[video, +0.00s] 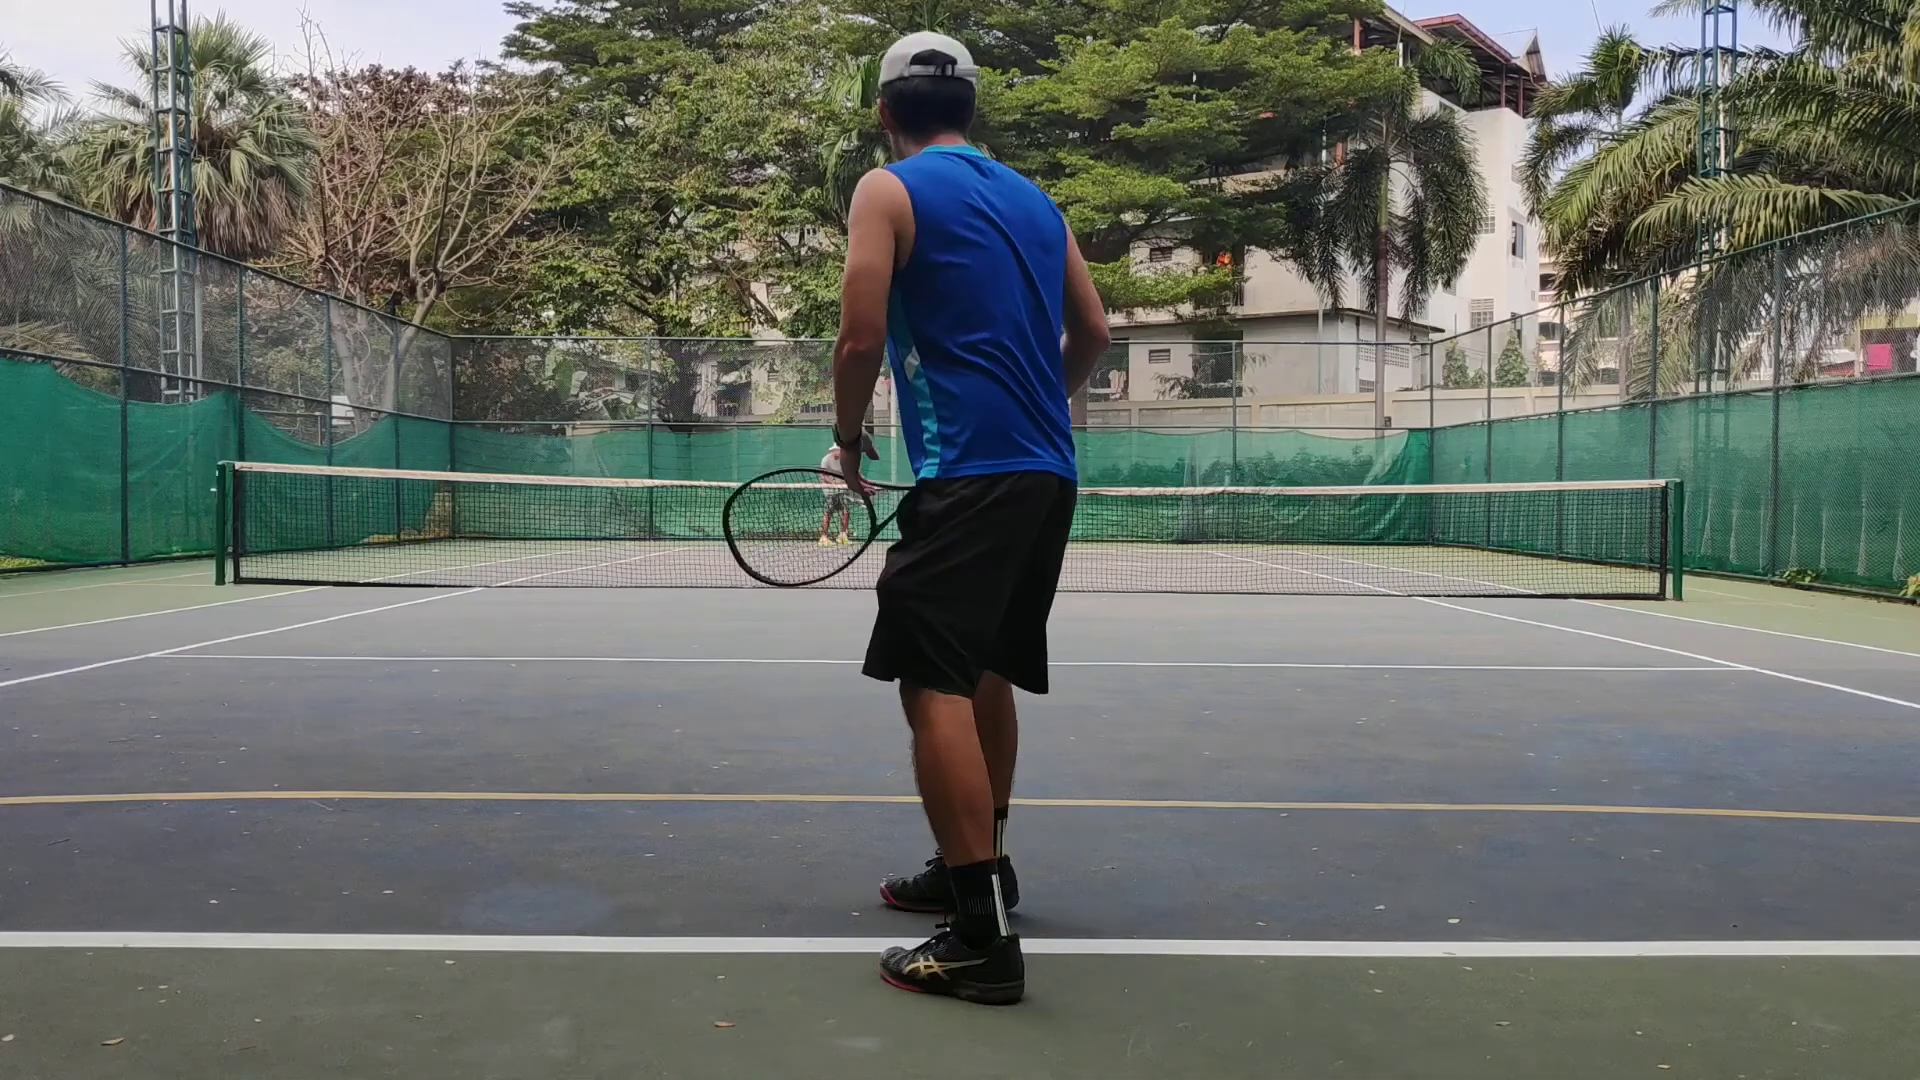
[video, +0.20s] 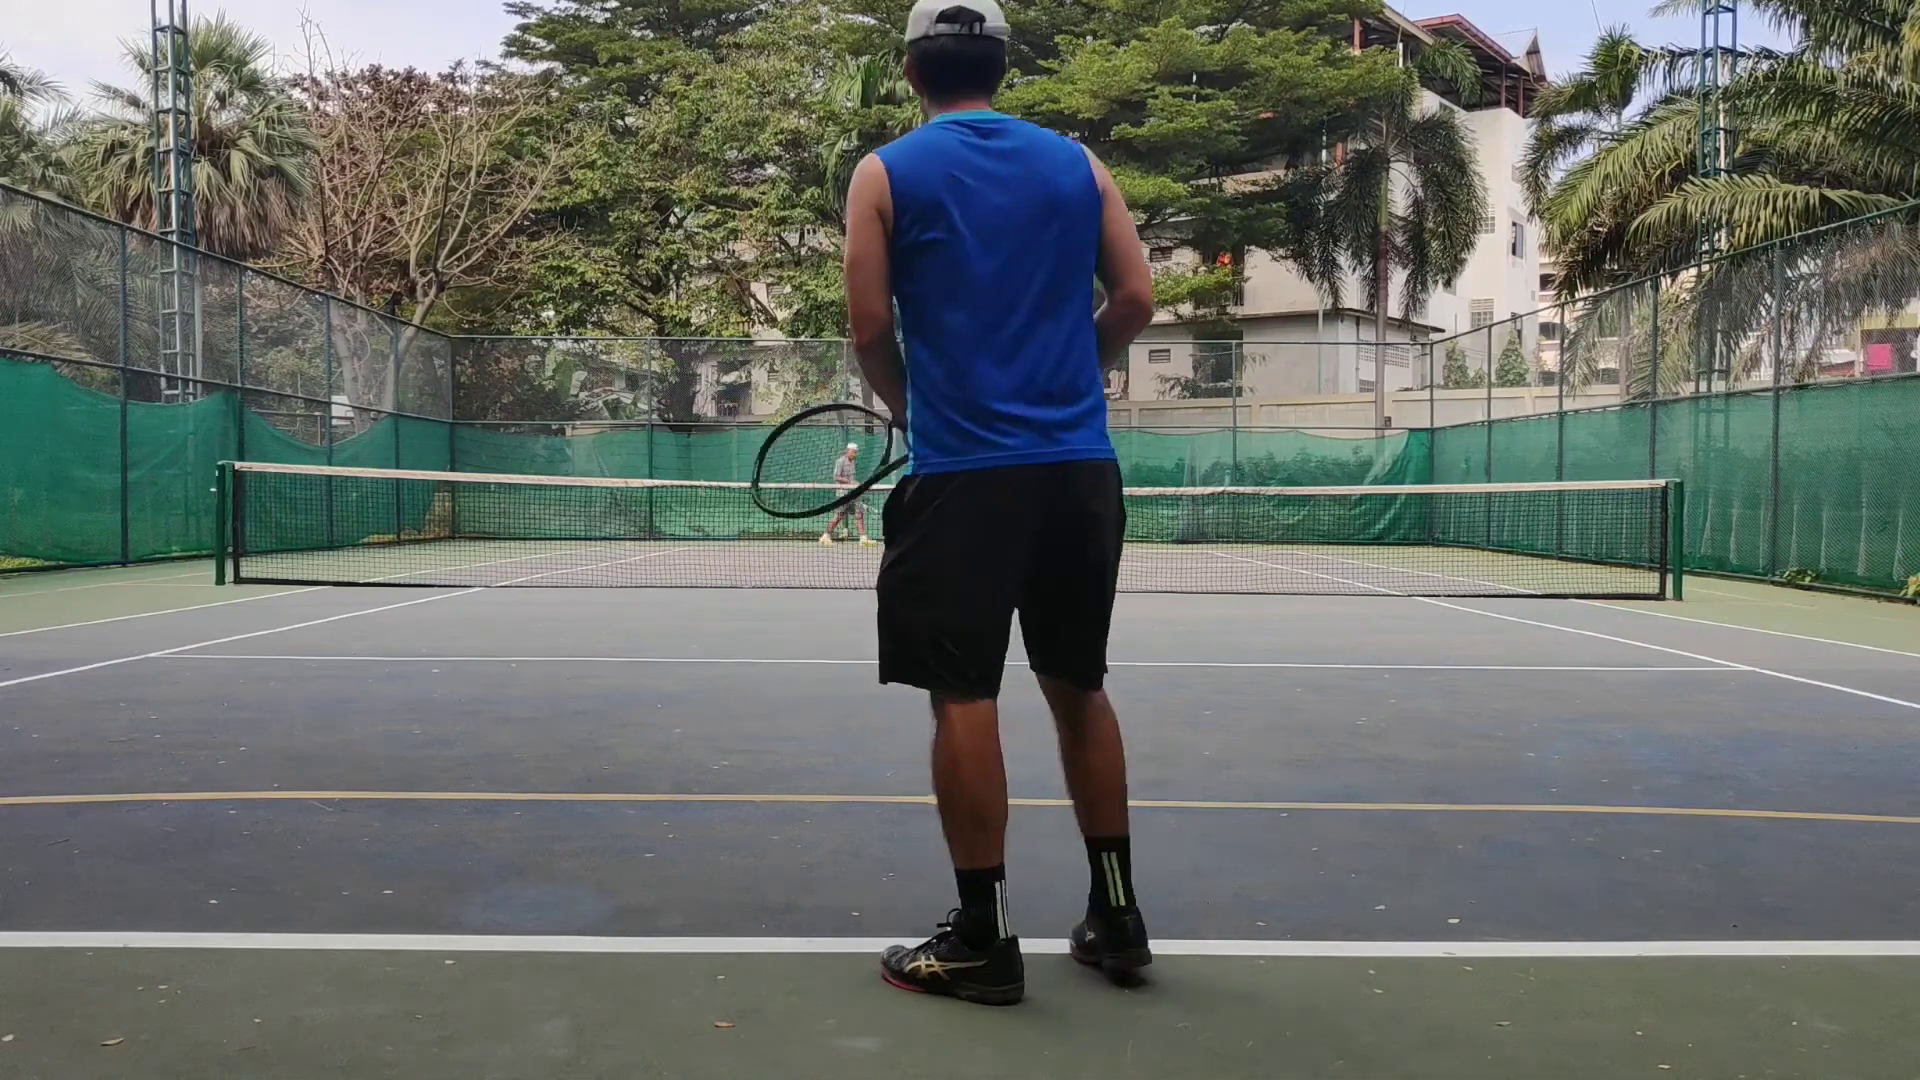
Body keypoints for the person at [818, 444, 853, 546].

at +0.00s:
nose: (839, 454)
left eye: (841, 451)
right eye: (838, 451)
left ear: (843, 452)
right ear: (833, 451)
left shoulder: (845, 460)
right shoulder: (826, 460)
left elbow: (851, 474)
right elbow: (824, 475)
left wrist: (847, 482)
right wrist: (833, 482)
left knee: (846, 512)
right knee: (828, 512)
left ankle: (843, 534)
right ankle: (824, 536)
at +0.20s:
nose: (855, 454)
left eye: (856, 452)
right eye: (853, 452)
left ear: (855, 453)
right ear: (848, 451)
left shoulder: (852, 462)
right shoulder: (841, 461)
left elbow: (850, 476)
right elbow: (837, 476)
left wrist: (856, 484)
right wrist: (849, 482)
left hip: (852, 489)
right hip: (843, 489)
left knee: (859, 513)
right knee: (840, 515)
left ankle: (863, 537)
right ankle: (826, 535)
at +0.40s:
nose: (867, 453)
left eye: (868, 450)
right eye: (865, 450)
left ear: (869, 451)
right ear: (860, 449)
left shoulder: (866, 460)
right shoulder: (853, 460)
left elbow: (864, 474)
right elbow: (847, 474)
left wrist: (869, 486)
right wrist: (859, 480)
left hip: (866, 488)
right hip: (857, 489)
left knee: (869, 514)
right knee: (864, 513)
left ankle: (865, 536)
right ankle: (847, 529)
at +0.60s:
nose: (878, 452)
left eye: (879, 450)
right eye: (876, 449)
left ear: (880, 450)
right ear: (872, 449)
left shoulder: (877, 460)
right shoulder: (866, 459)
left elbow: (876, 474)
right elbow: (859, 474)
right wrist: (870, 480)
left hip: (877, 489)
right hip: (869, 490)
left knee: (875, 513)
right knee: (879, 512)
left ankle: (866, 536)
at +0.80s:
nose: (892, 456)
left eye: (893, 453)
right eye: (891, 453)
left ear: (892, 453)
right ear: (885, 452)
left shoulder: (886, 462)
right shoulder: (880, 461)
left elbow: (885, 477)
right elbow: (875, 477)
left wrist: (896, 484)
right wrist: (889, 483)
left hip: (887, 491)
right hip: (883, 492)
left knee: (884, 516)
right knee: (893, 515)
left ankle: (868, 536)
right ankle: (898, 538)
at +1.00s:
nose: (906, 457)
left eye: (906, 455)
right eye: (905, 455)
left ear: (903, 454)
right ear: (899, 453)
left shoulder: (896, 462)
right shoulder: (892, 462)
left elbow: (896, 476)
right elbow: (893, 477)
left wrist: (904, 481)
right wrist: (904, 485)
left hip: (897, 490)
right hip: (893, 491)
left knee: (904, 515)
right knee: (900, 515)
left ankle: (887, 530)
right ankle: (899, 539)